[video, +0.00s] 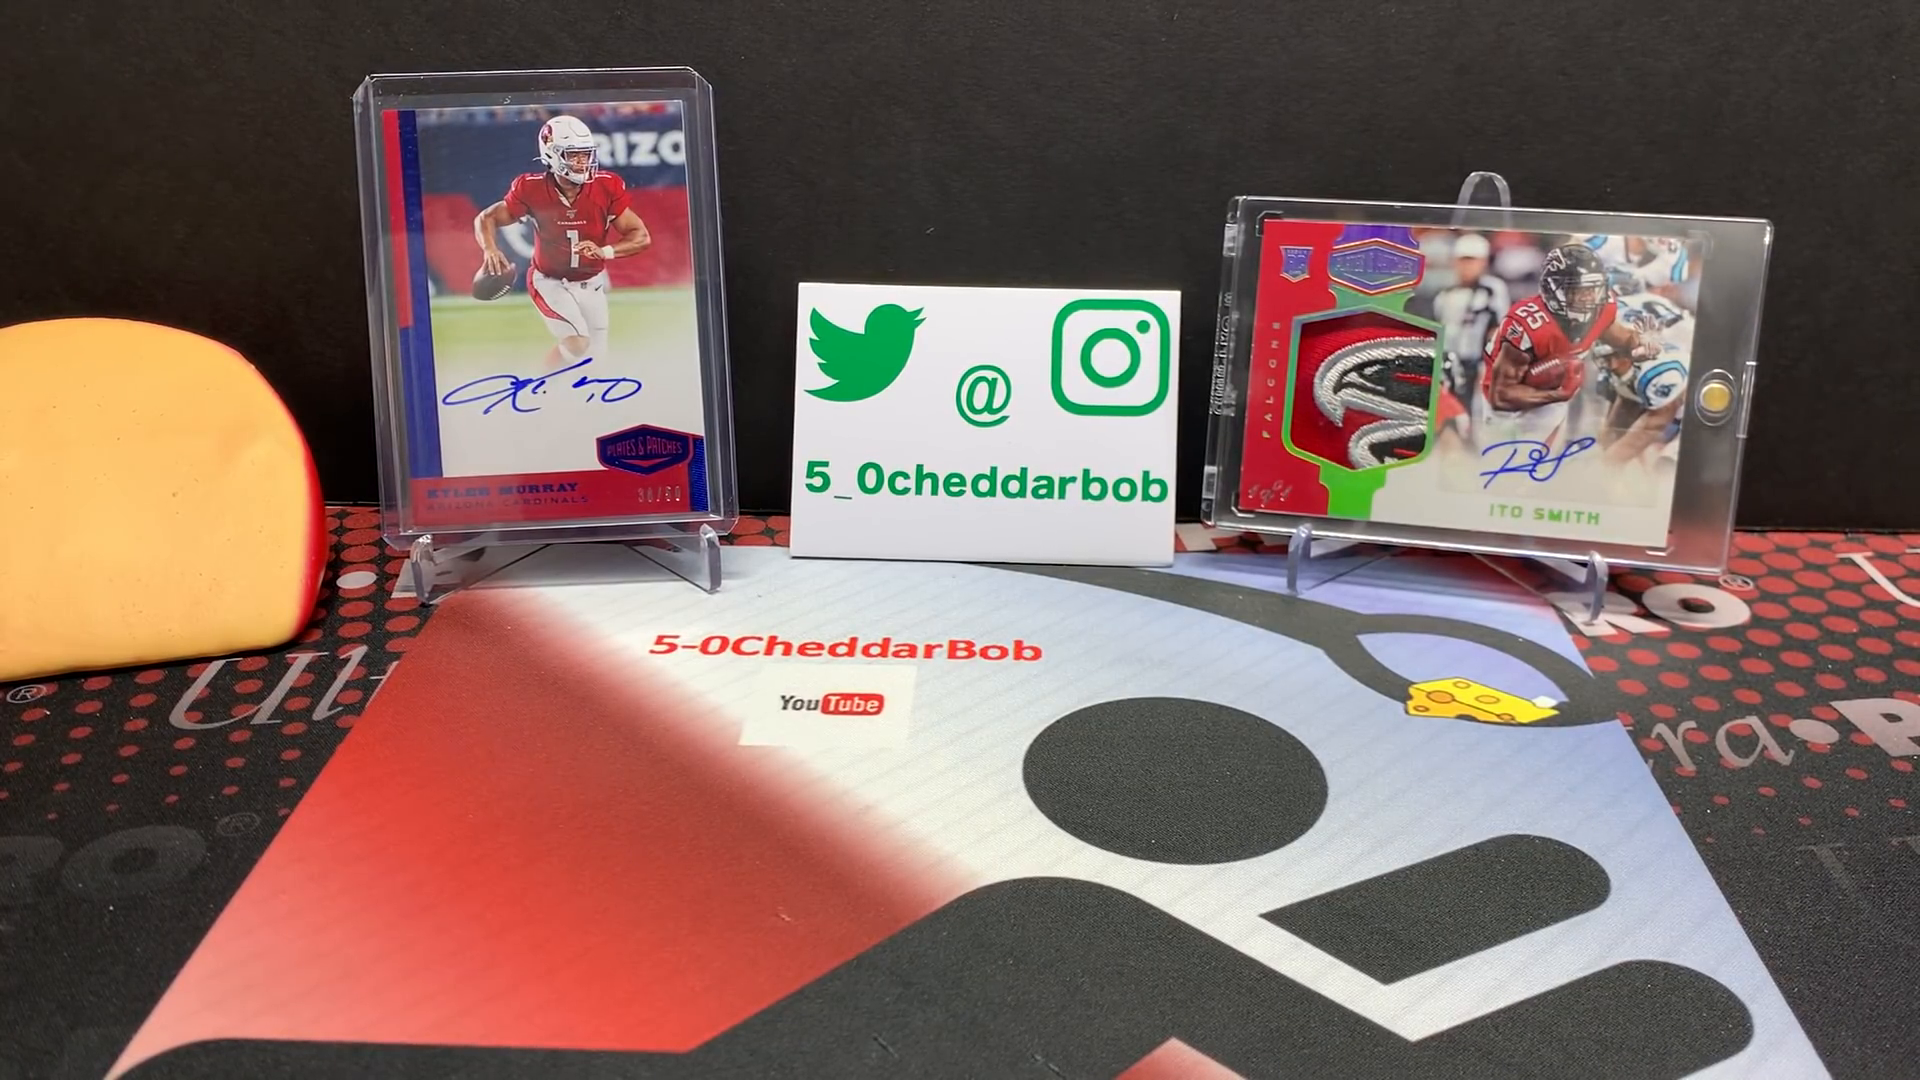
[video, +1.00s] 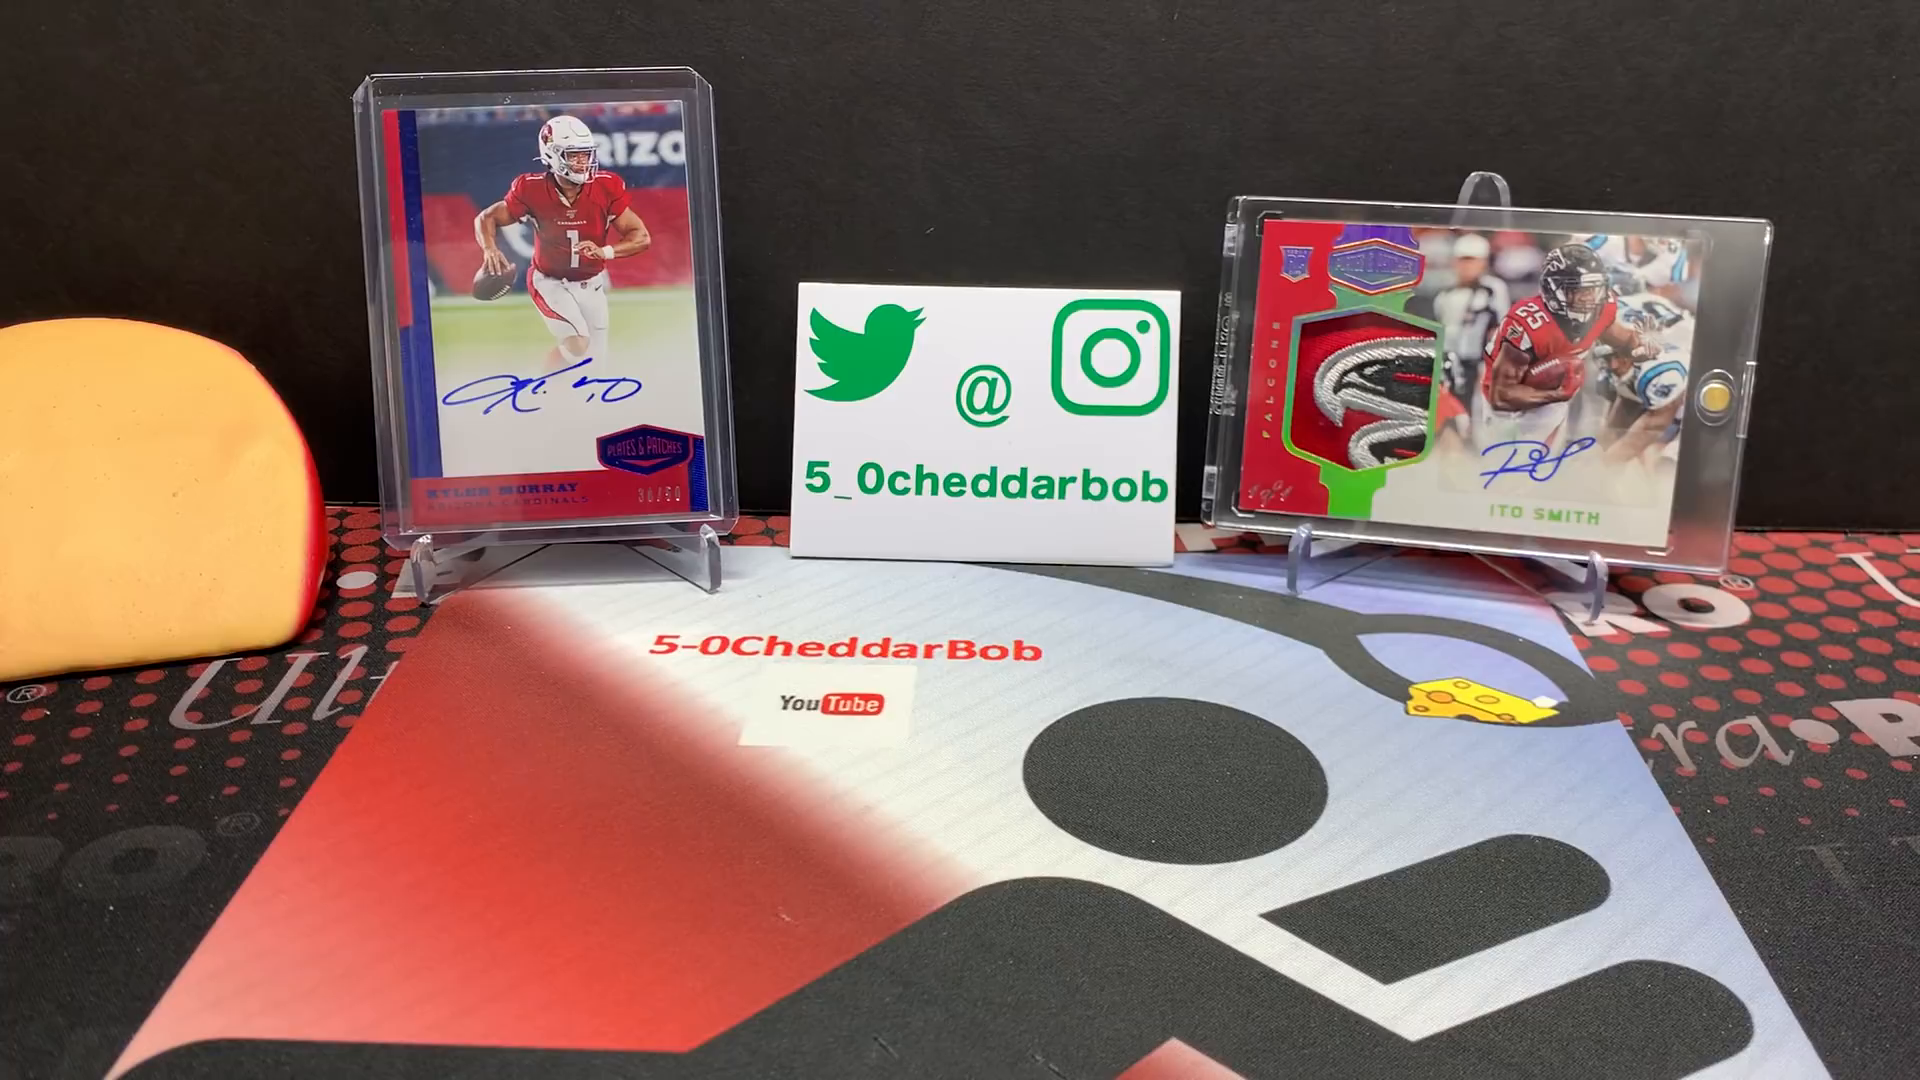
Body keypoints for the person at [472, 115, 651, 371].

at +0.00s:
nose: (580, 162)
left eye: (585, 155)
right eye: (572, 156)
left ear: (592, 154)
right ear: (552, 155)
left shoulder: (607, 186)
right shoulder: (530, 189)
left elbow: (641, 237)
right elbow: (484, 219)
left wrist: (605, 252)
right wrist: (490, 249)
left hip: (591, 282)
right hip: (548, 280)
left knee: (595, 361)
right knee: (576, 343)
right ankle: (533, 391)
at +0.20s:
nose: (580, 162)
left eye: (585, 155)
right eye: (572, 156)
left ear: (592, 154)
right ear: (552, 155)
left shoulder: (607, 187)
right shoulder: (530, 189)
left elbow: (641, 237)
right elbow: (484, 219)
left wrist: (605, 252)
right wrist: (490, 249)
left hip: (591, 282)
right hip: (549, 280)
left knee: (596, 360)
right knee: (576, 343)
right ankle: (533, 392)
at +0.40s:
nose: (580, 162)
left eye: (585, 155)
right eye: (573, 156)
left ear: (591, 154)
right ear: (552, 155)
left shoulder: (607, 187)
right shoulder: (530, 189)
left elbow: (641, 237)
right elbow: (484, 219)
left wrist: (605, 252)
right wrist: (490, 249)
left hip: (591, 283)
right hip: (549, 280)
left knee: (596, 361)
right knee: (576, 344)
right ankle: (534, 391)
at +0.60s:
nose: (581, 162)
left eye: (585, 155)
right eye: (573, 156)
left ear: (591, 154)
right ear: (552, 155)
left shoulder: (607, 186)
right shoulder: (530, 189)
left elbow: (641, 237)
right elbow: (484, 219)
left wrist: (605, 252)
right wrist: (490, 249)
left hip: (591, 282)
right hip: (549, 280)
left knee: (596, 361)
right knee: (576, 344)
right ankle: (534, 391)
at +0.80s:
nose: (580, 162)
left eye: (584, 155)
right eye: (573, 156)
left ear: (591, 154)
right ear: (552, 155)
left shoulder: (607, 187)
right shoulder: (530, 189)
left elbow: (641, 237)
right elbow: (484, 219)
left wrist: (605, 252)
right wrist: (490, 249)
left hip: (592, 283)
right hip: (549, 281)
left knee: (595, 360)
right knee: (576, 344)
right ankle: (534, 391)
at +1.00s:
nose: (581, 162)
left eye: (585, 155)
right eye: (573, 156)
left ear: (592, 154)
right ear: (552, 155)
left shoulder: (607, 187)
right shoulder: (529, 189)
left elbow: (641, 238)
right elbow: (484, 219)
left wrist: (606, 252)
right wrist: (490, 248)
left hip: (591, 283)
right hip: (548, 280)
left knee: (596, 363)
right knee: (577, 344)